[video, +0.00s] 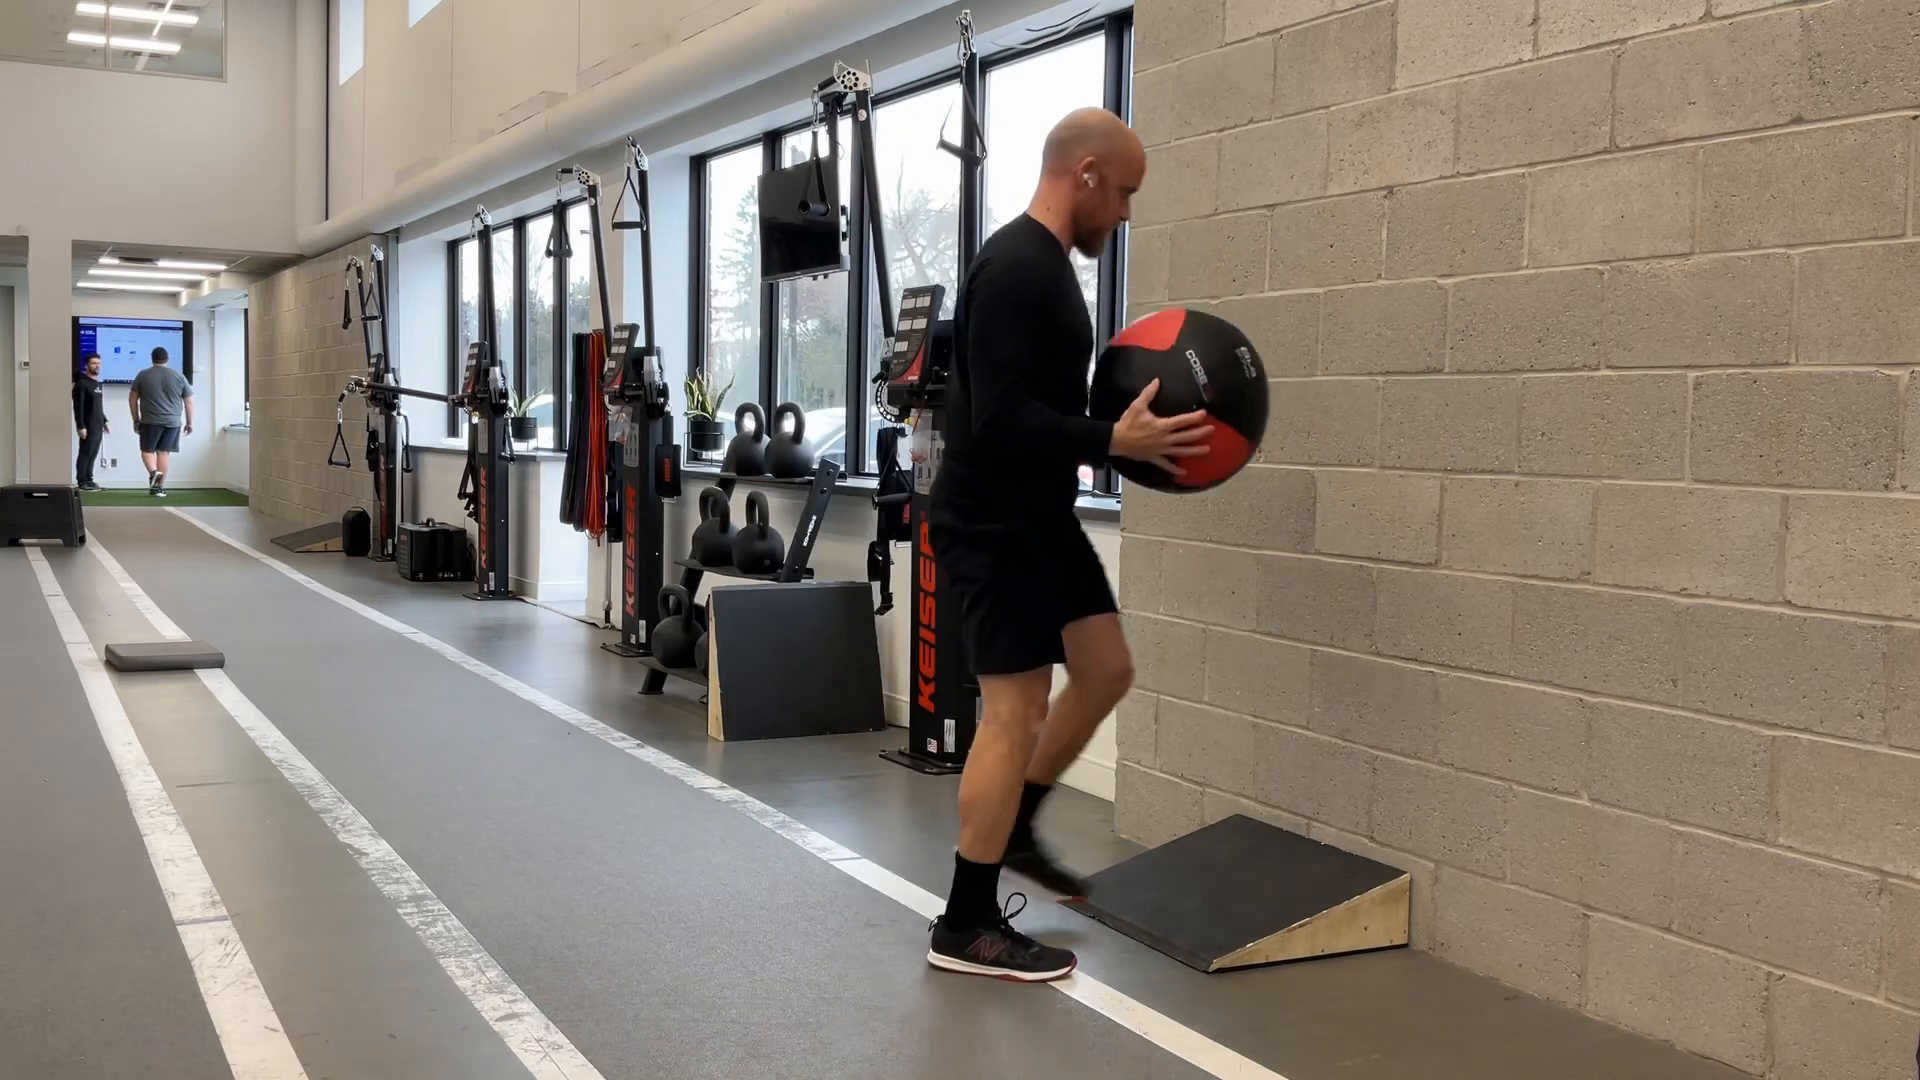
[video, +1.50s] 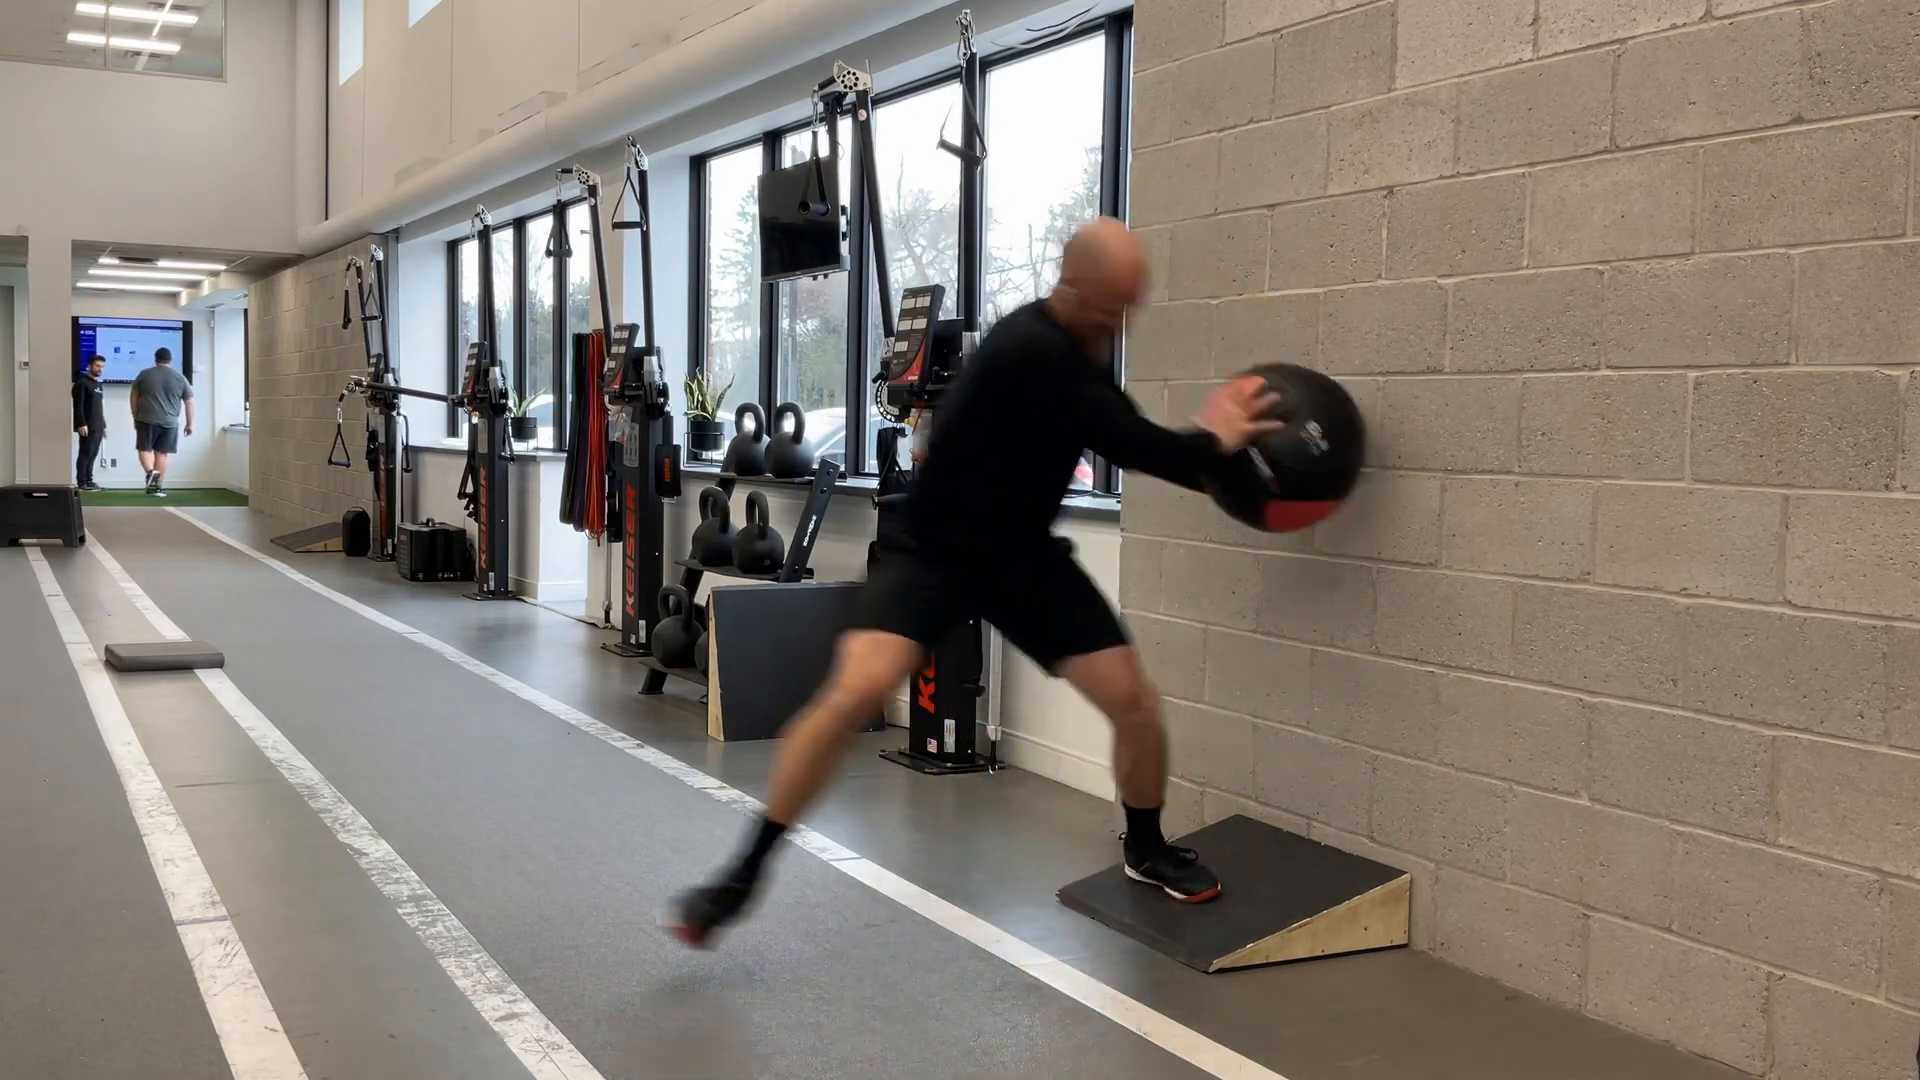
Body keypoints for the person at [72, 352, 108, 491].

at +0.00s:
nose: (97, 366)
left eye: (98, 363)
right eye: (94, 363)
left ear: (100, 365)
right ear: (87, 365)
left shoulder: (97, 384)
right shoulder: (81, 384)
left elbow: (98, 406)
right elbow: (78, 407)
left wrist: (104, 421)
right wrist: (81, 426)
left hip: (97, 424)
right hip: (88, 425)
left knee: (93, 454)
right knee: (85, 454)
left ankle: (89, 479)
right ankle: (82, 480)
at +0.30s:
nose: (97, 366)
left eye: (99, 363)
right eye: (94, 363)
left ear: (100, 366)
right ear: (87, 365)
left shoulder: (97, 384)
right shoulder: (81, 383)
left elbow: (97, 406)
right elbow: (79, 405)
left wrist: (98, 423)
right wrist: (82, 423)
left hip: (97, 424)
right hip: (87, 424)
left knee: (92, 454)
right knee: (85, 454)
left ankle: (89, 479)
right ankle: (82, 480)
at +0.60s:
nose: (98, 367)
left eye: (99, 364)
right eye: (95, 363)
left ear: (101, 366)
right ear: (88, 365)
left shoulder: (97, 384)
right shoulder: (81, 383)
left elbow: (98, 408)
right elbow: (79, 406)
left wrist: (104, 424)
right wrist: (83, 423)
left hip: (97, 425)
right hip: (87, 425)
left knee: (92, 454)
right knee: (85, 454)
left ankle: (89, 479)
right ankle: (82, 481)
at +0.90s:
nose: (98, 368)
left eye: (100, 365)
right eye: (96, 364)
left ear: (102, 367)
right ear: (88, 365)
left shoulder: (98, 385)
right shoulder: (82, 383)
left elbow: (99, 408)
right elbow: (79, 406)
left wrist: (104, 425)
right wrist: (82, 424)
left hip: (97, 425)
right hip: (87, 426)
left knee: (92, 455)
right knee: (85, 454)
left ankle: (89, 479)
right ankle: (82, 481)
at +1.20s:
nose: (100, 369)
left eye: (101, 366)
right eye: (97, 365)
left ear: (103, 368)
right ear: (90, 366)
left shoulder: (98, 385)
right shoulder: (81, 383)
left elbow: (99, 408)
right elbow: (78, 406)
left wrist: (102, 425)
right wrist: (81, 424)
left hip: (97, 425)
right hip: (87, 426)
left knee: (92, 455)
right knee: (85, 454)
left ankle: (89, 479)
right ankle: (82, 480)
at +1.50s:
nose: (100, 369)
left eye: (102, 367)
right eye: (97, 366)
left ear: (103, 368)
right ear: (90, 366)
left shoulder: (98, 384)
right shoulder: (81, 383)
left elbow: (99, 408)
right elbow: (78, 406)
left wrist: (103, 424)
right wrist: (81, 424)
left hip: (97, 425)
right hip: (87, 425)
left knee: (92, 455)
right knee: (85, 454)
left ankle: (89, 479)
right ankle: (82, 481)